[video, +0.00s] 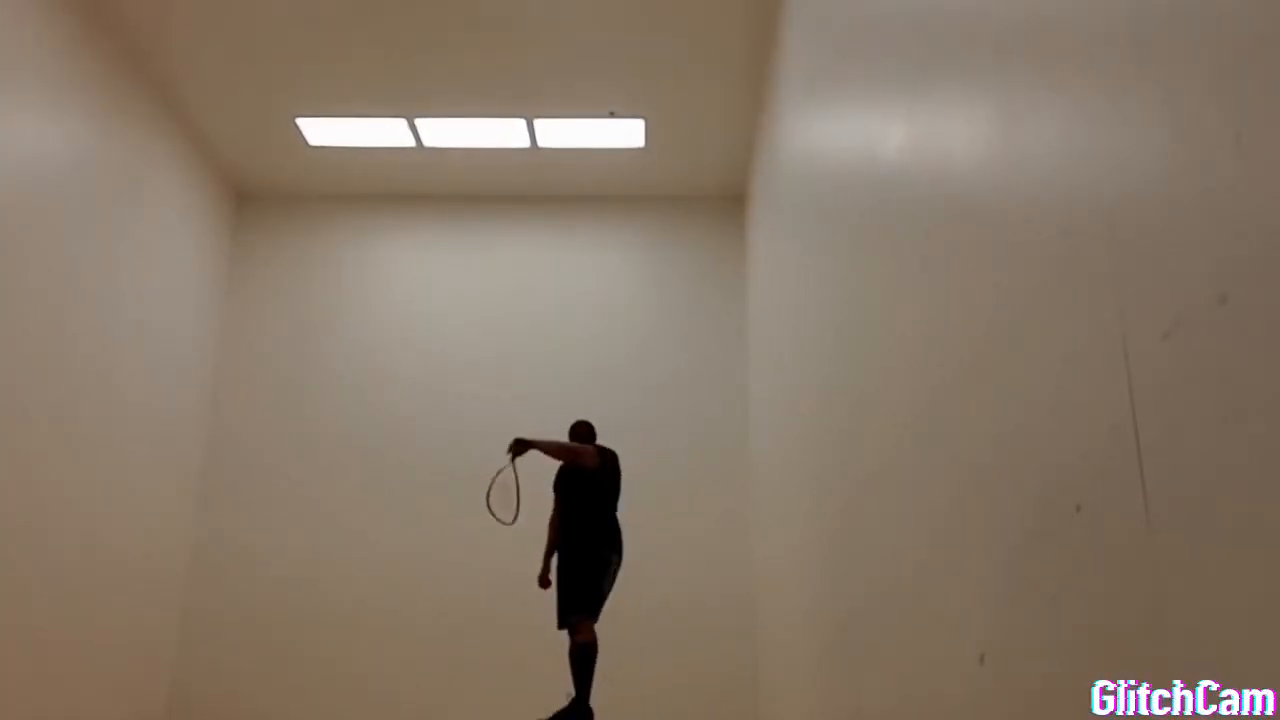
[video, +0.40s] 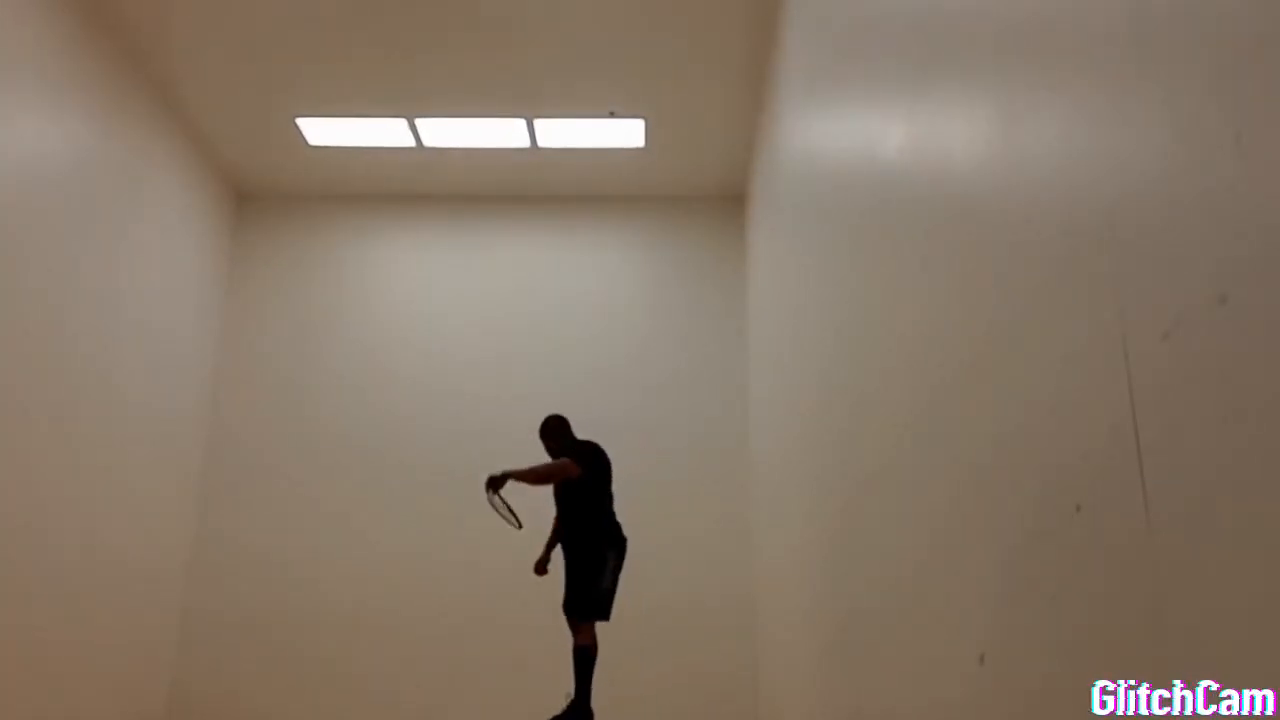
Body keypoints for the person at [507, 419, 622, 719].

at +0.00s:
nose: (577, 444)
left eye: (580, 439)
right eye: (575, 440)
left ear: (583, 439)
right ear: (582, 438)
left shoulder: (608, 459)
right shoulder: (564, 472)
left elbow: (574, 453)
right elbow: (557, 517)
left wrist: (531, 444)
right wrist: (546, 563)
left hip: (601, 548)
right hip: (572, 550)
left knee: (584, 623)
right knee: (576, 625)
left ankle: (582, 703)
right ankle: (580, 701)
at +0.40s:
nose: (547, 448)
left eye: (547, 441)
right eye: (545, 443)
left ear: (556, 436)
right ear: (565, 433)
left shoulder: (589, 453)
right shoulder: (563, 467)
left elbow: (555, 471)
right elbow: (563, 515)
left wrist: (508, 475)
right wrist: (547, 552)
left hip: (600, 545)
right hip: (580, 548)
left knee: (581, 619)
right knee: (578, 618)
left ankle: (582, 703)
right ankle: (581, 701)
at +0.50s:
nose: (542, 443)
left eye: (544, 436)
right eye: (540, 437)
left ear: (557, 432)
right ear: (555, 433)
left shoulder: (582, 456)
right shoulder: (562, 467)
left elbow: (561, 496)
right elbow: (568, 516)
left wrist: (513, 515)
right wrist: (551, 552)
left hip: (599, 547)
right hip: (583, 550)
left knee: (584, 622)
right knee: (579, 623)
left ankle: (583, 704)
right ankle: (581, 702)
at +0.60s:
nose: (540, 440)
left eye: (542, 432)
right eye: (538, 434)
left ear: (555, 430)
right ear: (557, 430)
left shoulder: (577, 458)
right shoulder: (566, 462)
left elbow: (570, 511)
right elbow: (568, 514)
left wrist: (544, 551)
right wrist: (556, 553)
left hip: (596, 545)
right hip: (583, 547)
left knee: (584, 622)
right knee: (579, 622)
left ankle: (583, 704)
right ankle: (581, 702)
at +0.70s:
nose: (540, 436)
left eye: (543, 430)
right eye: (539, 430)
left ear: (556, 428)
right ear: (556, 429)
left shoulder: (577, 457)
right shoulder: (568, 459)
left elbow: (580, 507)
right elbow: (573, 509)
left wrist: (565, 548)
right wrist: (564, 550)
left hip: (594, 546)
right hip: (587, 548)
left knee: (583, 621)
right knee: (579, 622)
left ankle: (589, 702)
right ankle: (586, 701)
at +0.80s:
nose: (545, 432)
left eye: (550, 426)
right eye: (544, 427)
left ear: (563, 426)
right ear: (549, 429)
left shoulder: (582, 454)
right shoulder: (565, 460)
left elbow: (586, 497)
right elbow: (569, 506)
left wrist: (570, 530)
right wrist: (564, 550)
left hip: (596, 546)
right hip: (579, 548)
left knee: (589, 623)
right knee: (575, 624)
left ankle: (612, 701)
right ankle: (579, 703)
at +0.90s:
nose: (553, 430)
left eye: (558, 424)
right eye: (550, 425)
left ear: (571, 425)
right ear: (549, 429)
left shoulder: (587, 453)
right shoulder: (564, 462)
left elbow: (589, 485)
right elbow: (565, 510)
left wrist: (570, 501)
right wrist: (564, 551)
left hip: (598, 548)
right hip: (577, 552)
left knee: (590, 623)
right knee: (577, 625)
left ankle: (619, 701)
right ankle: (579, 704)